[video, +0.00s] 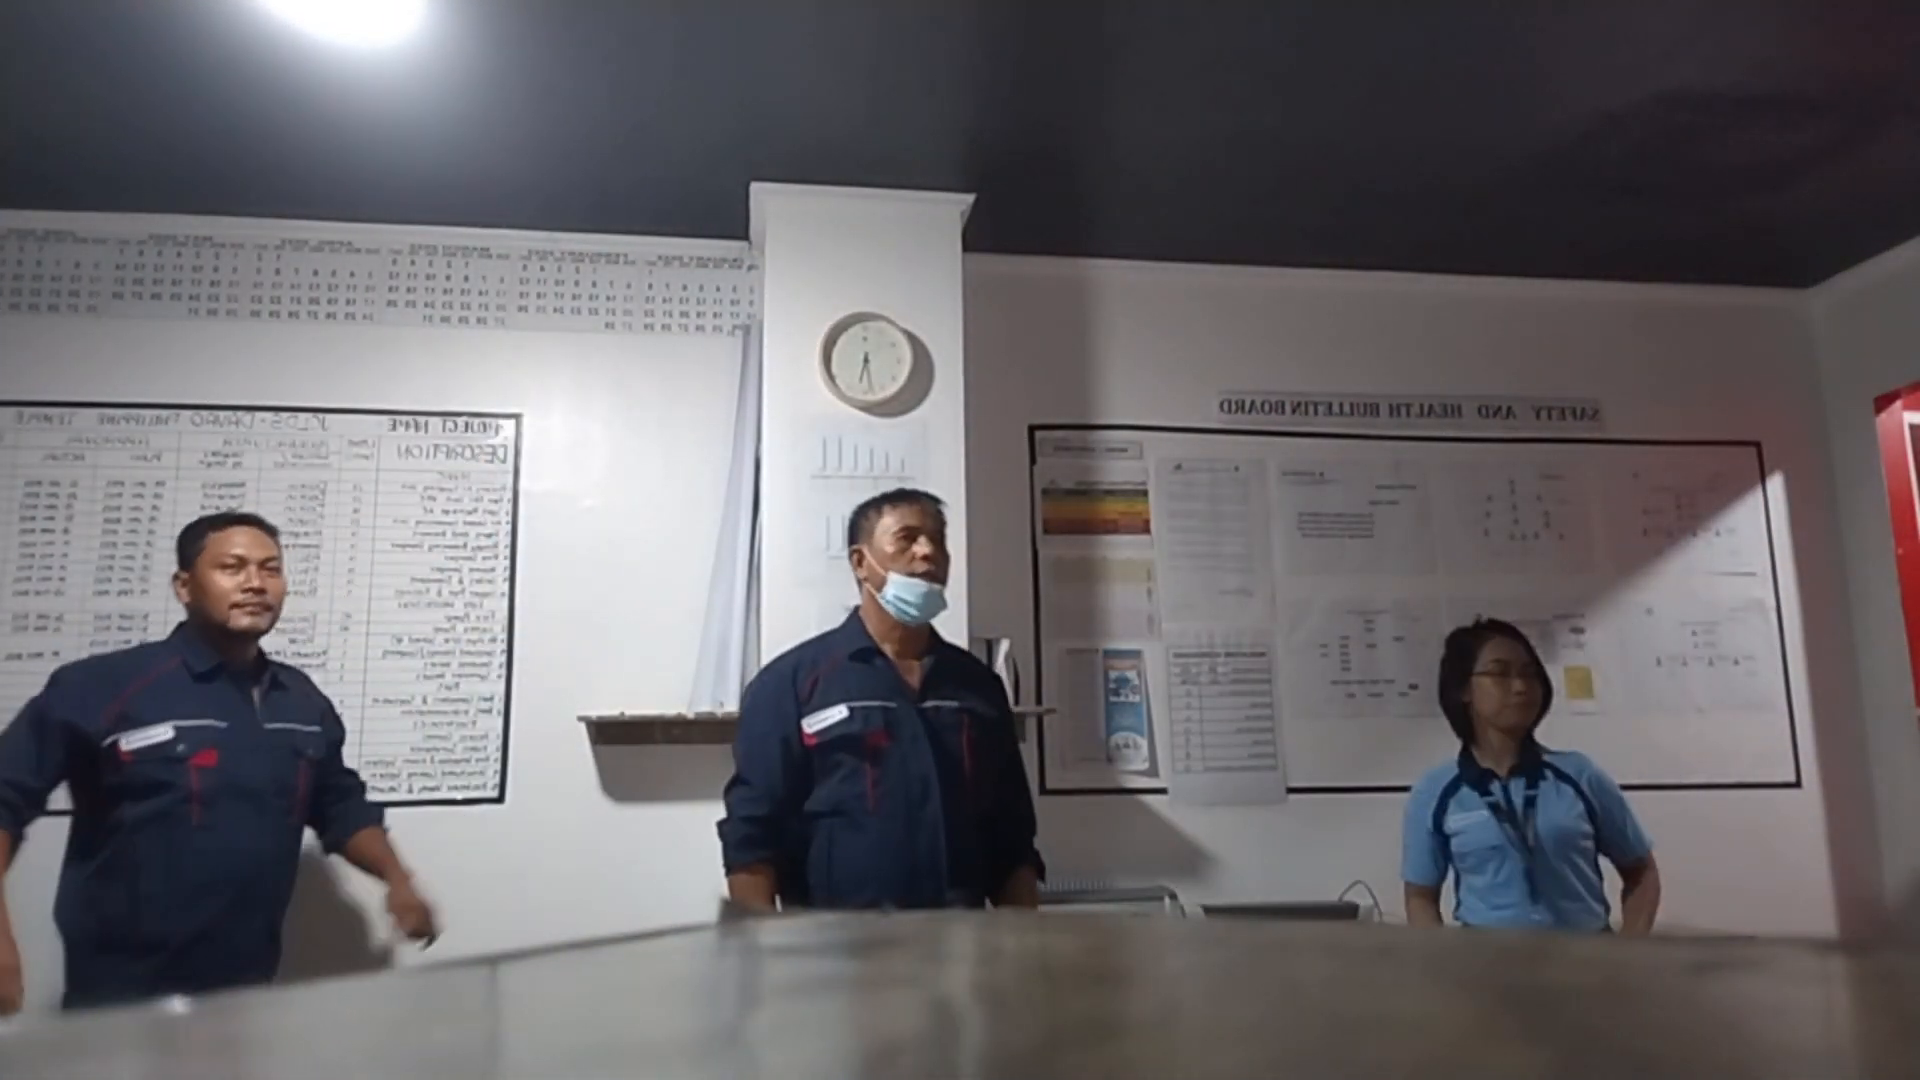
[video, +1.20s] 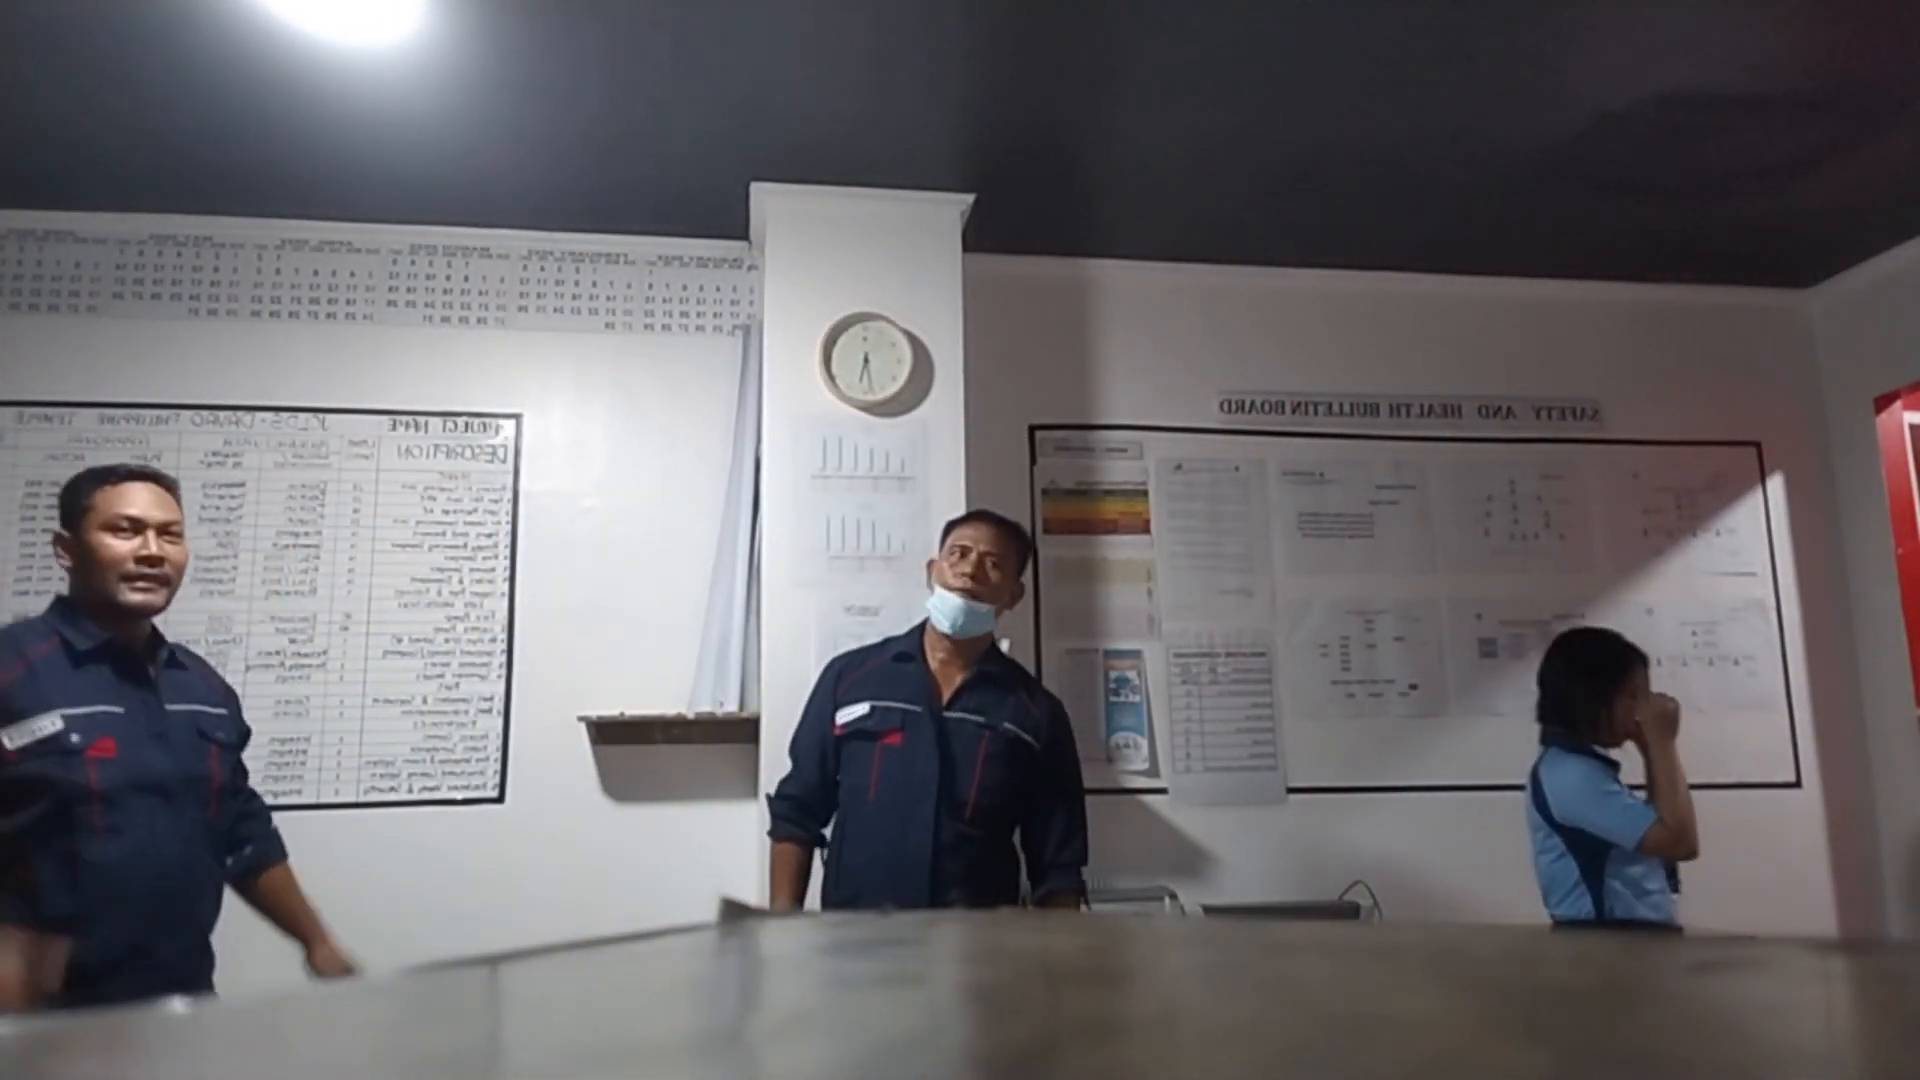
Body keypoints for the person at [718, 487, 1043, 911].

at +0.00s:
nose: (928, 551)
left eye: (937, 539)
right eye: (906, 538)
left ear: (949, 557)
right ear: (861, 563)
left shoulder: (980, 686)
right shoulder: (787, 687)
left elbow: (1013, 848)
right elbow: (749, 847)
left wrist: (1027, 959)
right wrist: (767, 967)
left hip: (963, 951)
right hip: (837, 956)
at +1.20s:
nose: (970, 570)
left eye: (991, 564)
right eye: (958, 554)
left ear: (1014, 595)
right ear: (932, 571)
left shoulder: (1038, 715)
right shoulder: (849, 679)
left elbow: (1057, 869)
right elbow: (796, 813)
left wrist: (1062, 970)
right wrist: (781, 934)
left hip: (980, 951)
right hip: (855, 945)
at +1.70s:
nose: (921, 570)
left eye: (938, 563)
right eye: (906, 554)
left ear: (951, 589)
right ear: (870, 572)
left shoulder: (978, 703)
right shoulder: (789, 683)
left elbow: (1007, 859)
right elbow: (737, 816)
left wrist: (1011, 962)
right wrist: (733, 934)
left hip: (942, 949)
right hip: (816, 946)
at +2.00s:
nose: (856, 561)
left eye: (869, 550)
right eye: (835, 550)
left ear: (882, 572)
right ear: (801, 575)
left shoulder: (927, 688)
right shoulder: (736, 694)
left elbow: (961, 836)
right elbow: (696, 843)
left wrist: (967, 947)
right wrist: (704, 966)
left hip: (908, 943)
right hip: (782, 944)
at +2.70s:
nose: (830, 564)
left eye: (841, 550)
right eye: (808, 555)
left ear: (860, 568)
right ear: (779, 586)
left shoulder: (924, 684)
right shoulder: (733, 706)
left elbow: (975, 810)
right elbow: (701, 863)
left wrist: (960, 917)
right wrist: (724, 977)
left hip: (910, 943)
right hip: (788, 949)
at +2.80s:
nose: (852, 562)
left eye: (864, 549)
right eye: (831, 553)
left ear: (884, 570)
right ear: (802, 583)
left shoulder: (943, 686)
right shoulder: (749, 702)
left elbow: (998, 809)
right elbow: (714, 858)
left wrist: (957, 843)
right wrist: (733, 977)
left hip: (924, 944)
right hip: (801, 948)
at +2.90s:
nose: (880, 564)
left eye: (892, 552)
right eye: (859, 552)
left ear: (909, 575)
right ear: (828, 579)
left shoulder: (959, 688)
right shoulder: (768, 698)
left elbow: (1010, 824)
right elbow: (730, 852)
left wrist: (943, 771)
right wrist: (744, 973)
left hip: (938, 940)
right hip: (814, 943)